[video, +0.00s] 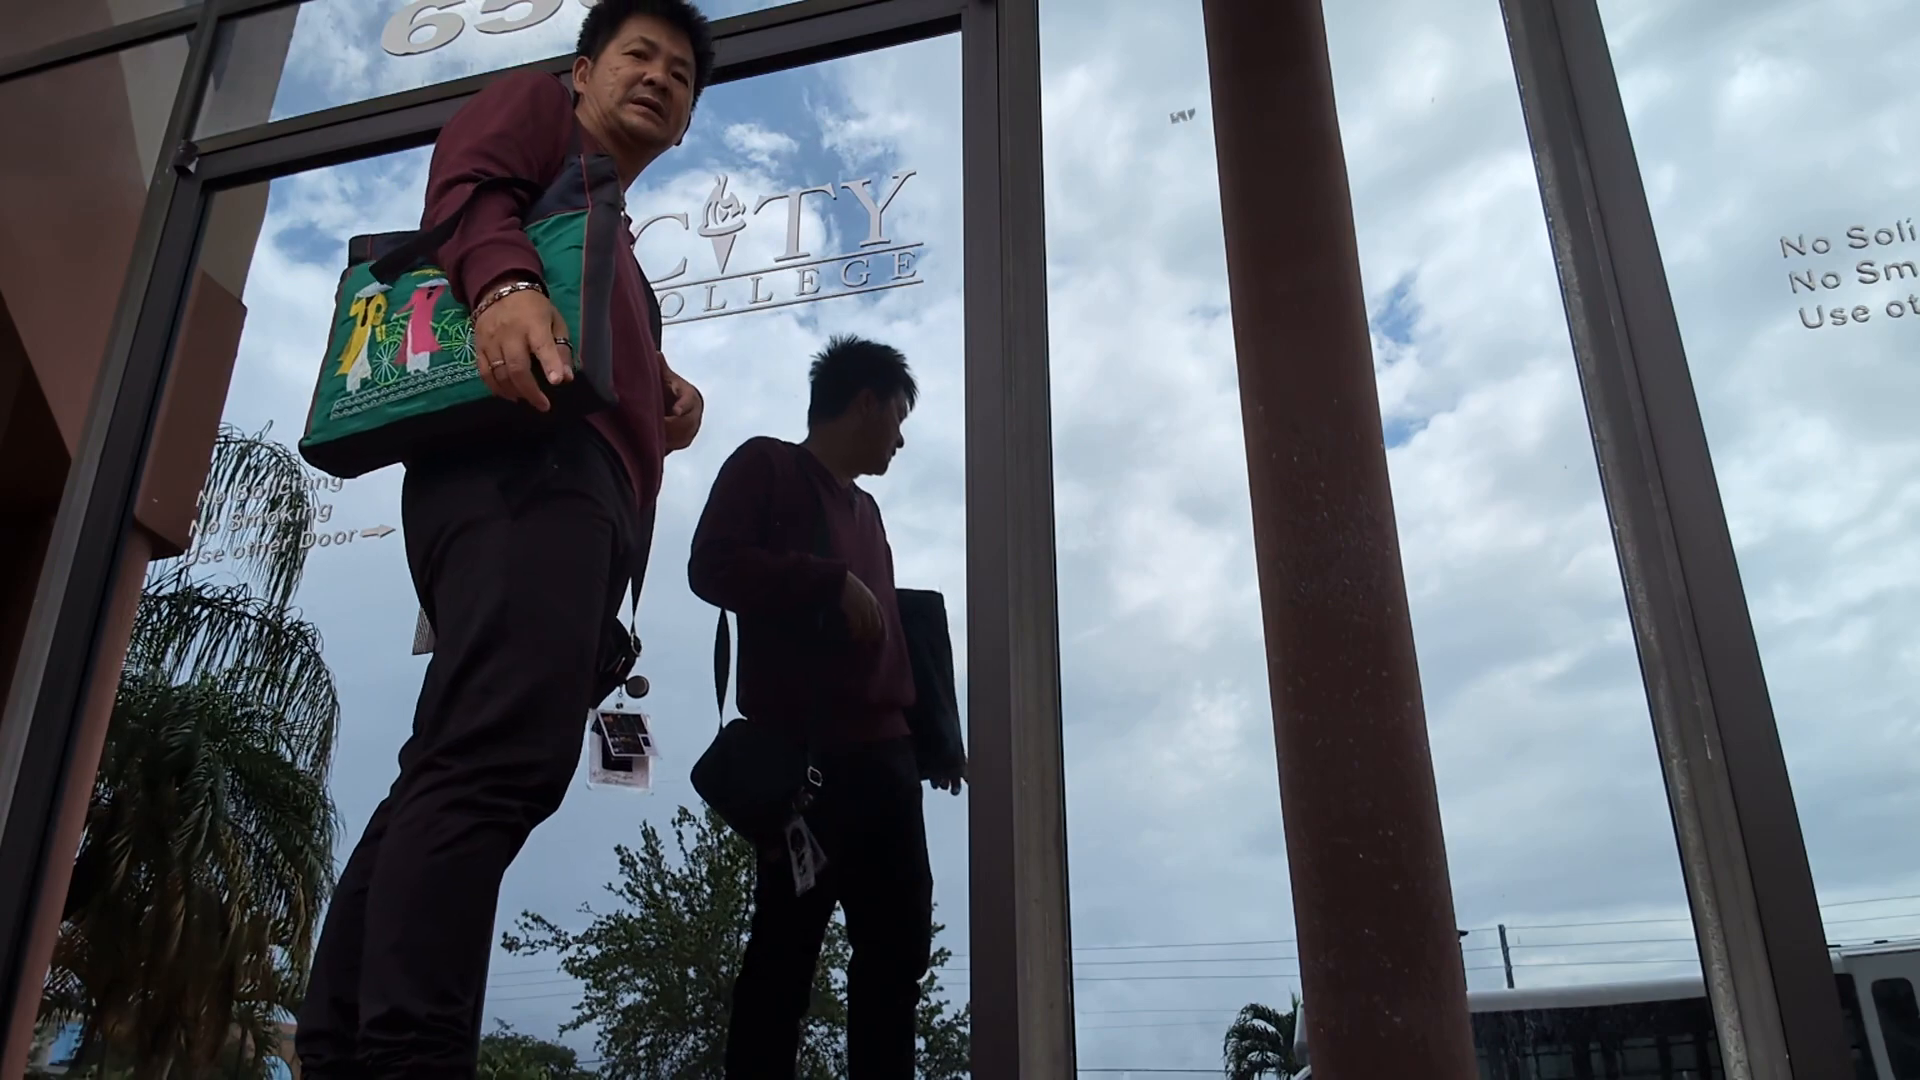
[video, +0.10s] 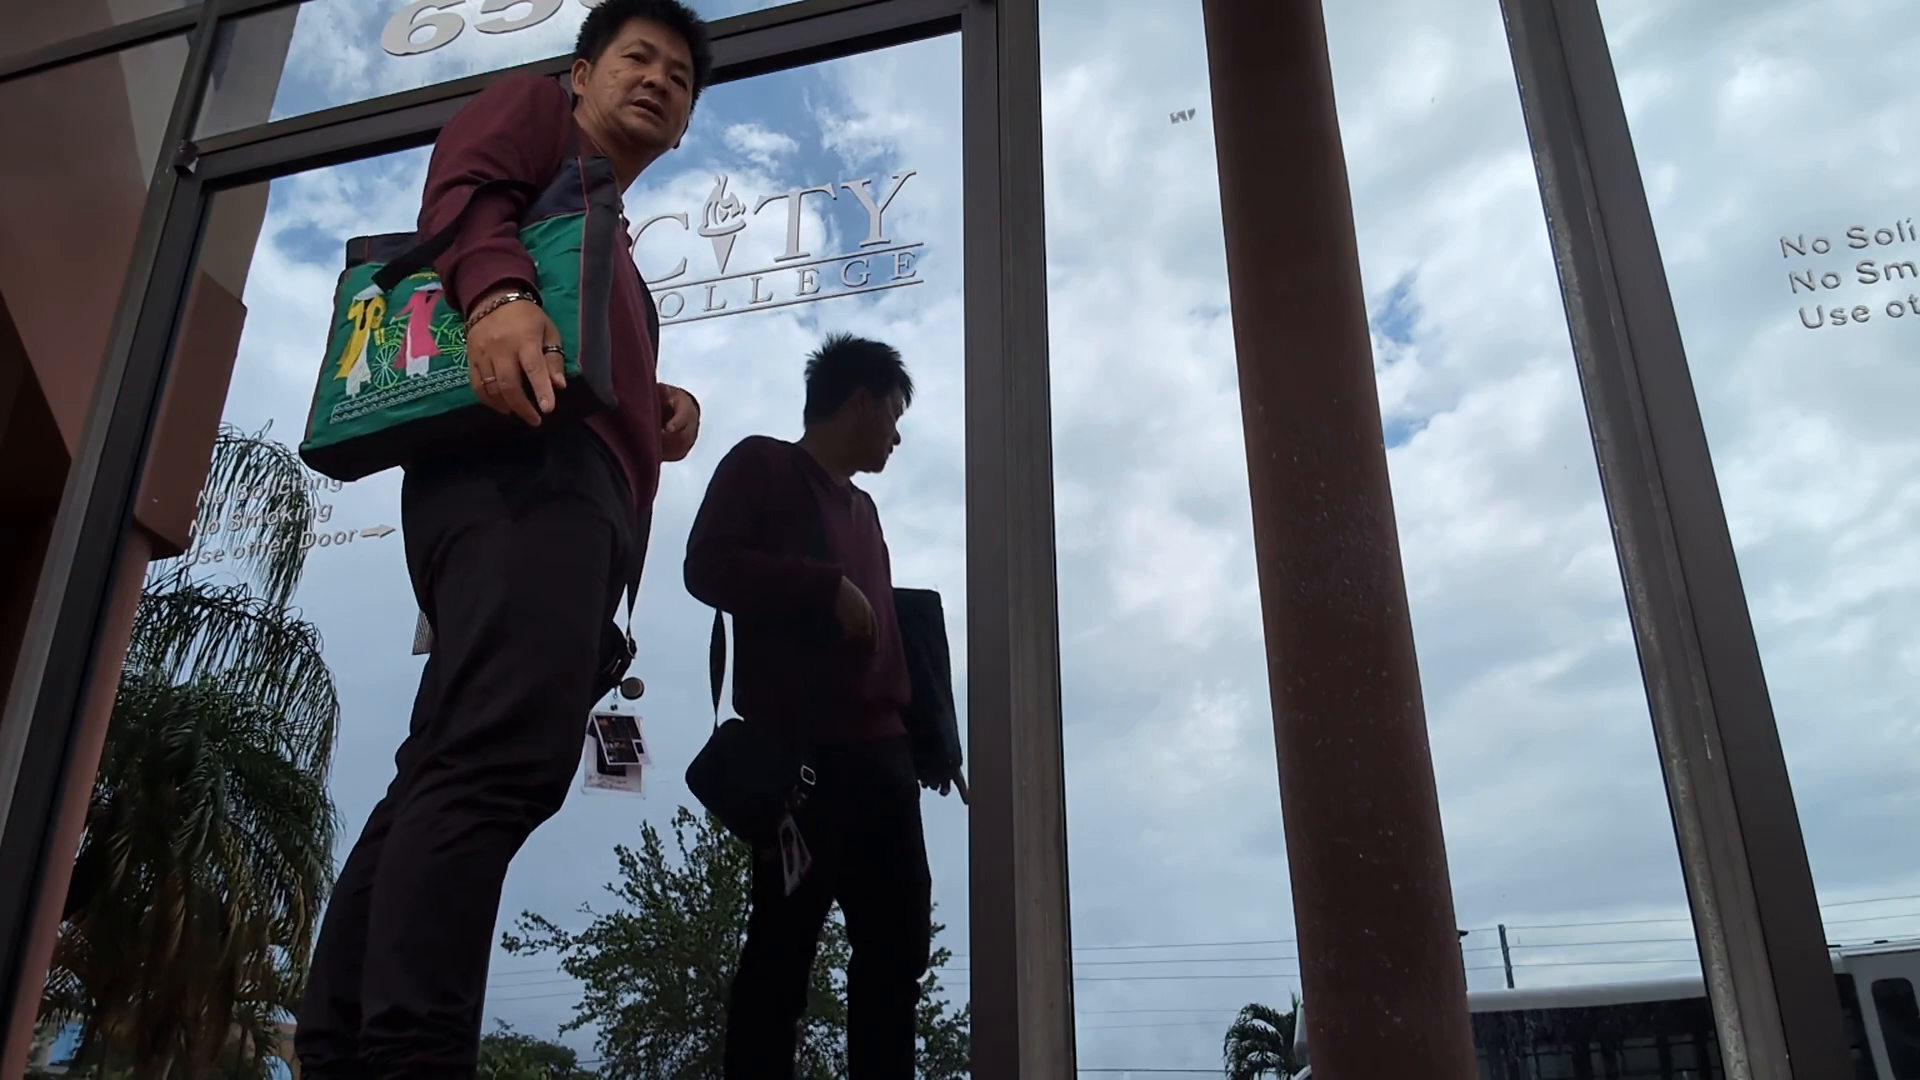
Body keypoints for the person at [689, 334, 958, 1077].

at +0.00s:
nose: (902, 438)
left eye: (905, 421)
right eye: (899, 417)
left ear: (858, 410)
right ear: (863, 405)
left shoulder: (866, 511)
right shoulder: (766, 462)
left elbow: (888, 635)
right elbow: (712, 565)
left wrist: (934, 737)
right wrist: (829, 580)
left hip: (881, 756)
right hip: (798, 752)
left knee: (895, 952)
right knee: (784, 948)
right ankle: (756, 1075)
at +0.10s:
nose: (899, 434)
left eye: (901, 417)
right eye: (895, 413)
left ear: (852, 408)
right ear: (856, 404)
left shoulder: (861, 508)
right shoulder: (761, 461)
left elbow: (882, 635)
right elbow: (706, 566)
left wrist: (927, 738)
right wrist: (825, 585)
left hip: (877, 755)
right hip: (797, 751)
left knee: (895, 954)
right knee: (781, 949)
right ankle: (757, 1077)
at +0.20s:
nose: (893, 433)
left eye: (896, 417)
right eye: (891, 413)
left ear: (853, 405)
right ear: (854, 400)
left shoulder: (860, 509)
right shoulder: (756, 459)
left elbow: (883, 635)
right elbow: (701, 566)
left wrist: (926, 738)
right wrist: (818, 590)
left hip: (874, 755)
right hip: (791, 752)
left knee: (894, 950)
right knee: (777, 947)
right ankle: (753, 1075)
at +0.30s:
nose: (891, 426)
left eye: (892, 410)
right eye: (885, 407)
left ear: (842, 406)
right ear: (846, 400)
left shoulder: (854, 506)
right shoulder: (750, 460)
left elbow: (873, 633)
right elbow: (697, 567)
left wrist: (921, 734)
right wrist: (810, 593)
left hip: (868, 755)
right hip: (785, 753)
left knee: (893, 953)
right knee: (772, 951)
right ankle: (752, 1078)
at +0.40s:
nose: (884, 426)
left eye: (886, 410)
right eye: (878, 406)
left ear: (839, 405)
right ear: (839, 399)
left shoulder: (850, 507)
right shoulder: (743, 462)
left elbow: (872, 635)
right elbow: (691, 569)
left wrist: (921, 734)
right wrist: (802, 598)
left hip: (865, 755)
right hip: (781, 754)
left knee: (893, 956)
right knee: (769, 955)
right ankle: (750, 1078)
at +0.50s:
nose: (876, 426)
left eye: (879, 410)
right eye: (870, 406)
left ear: (833, 405)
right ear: (828, 398)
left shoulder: (847, 507)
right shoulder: (735, 464)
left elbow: (868, 636)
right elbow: (682, 576)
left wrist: (921, 731)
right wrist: (792, 599)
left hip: (865, 758)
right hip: (777, 757)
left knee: (899, 952)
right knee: (765, 961)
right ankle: (748, 1079)